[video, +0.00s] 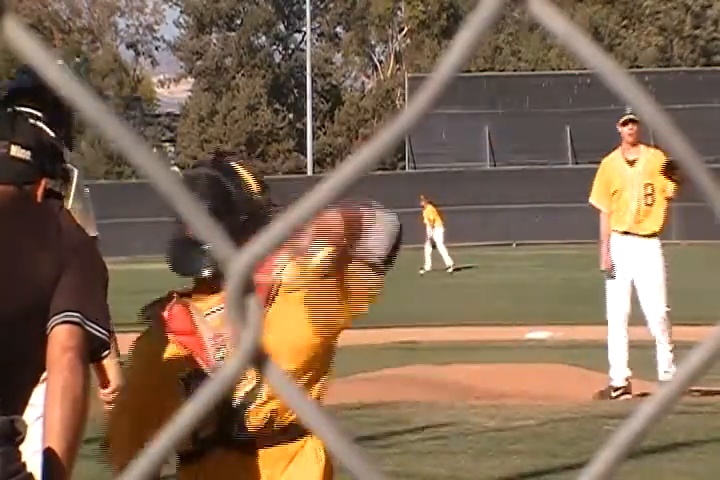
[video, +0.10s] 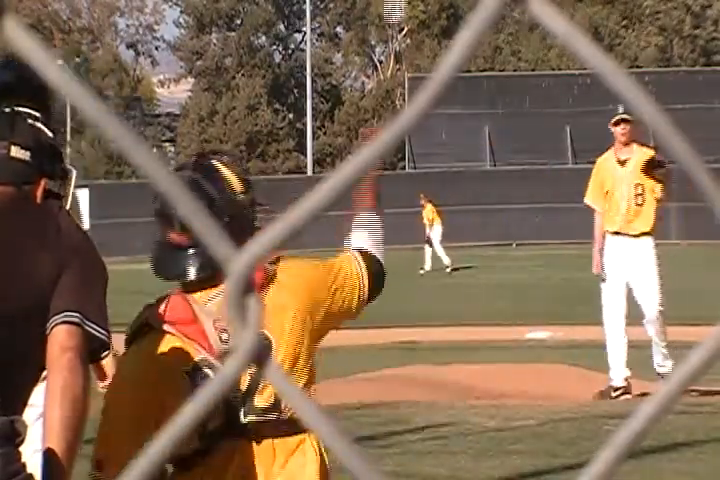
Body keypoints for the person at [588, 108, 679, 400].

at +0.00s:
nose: (630, 129)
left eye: (634, 124)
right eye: (625, 124)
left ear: (640, 128)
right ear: (619, 129)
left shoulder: (656, 157)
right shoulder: (609, 163)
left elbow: (671, 194)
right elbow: (604, 211)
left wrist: (675, 178)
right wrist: (604, 250)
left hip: (649, 242)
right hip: (619, 242)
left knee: (658, 311)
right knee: (617, 313)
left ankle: (666, 372)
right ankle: (619, 377)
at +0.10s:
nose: (622, 129)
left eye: (626, 124)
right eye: (618, 124)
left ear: (634, 128)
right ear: (611, 129)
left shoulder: (648, 156)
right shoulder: (603, 162)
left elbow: (663, 196)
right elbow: (599, 213)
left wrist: (660, 175)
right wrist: (596, 253)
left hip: (642, 240)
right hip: (613, 241)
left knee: (652, 308)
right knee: (613, 310)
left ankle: (663, 362)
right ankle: (618, 377)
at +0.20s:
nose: (615, 128)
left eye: (619, 123)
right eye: (610, 124)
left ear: (626, 127)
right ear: (604, 128)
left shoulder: (641, 154)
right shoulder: (599, 161)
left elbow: (661, 194)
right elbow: (594, 210)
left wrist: (649, 180)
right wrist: (587, 250)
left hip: (639, 237)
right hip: (611, 239)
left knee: (639, 303)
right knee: (611, 306)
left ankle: (650, 354)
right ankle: (618, 375)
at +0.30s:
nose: (610, 128)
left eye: (614, 123)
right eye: (605, 124)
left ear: (620, 127)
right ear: (599, 128)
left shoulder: (634, 154)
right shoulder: (595, 161)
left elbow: (653, 191)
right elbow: (590, 209)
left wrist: (636, 187)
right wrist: (581, 250)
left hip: (634, 235)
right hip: (610, 238)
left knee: (625, 304)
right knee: (609, 307)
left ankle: (635, 372)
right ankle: (616, 377)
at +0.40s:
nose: (606, 130)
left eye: (610, 125)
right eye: (601, 125)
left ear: (616, 128)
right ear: (595, 131)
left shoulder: (628, 156)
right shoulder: (593, 162)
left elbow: (650, 195)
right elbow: (588, 210)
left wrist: (631, 195)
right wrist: (577, 250)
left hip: (629, 236)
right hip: (608, 238)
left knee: (619, 304)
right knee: (606, 305)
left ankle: (622, 376)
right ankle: (615, 375)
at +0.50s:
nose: (603, 132)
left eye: (607, 127)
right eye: (598, 127)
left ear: (614, 131)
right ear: (593, 133)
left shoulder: (625, 158)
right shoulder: (593, 165)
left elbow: (646, 198)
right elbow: (588, 214)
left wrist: (623, 198)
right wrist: (576, 251)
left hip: (623, 240)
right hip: (604, 242)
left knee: (614, 308)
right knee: (603, 309)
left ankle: (617, 377)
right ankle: (612, 376)